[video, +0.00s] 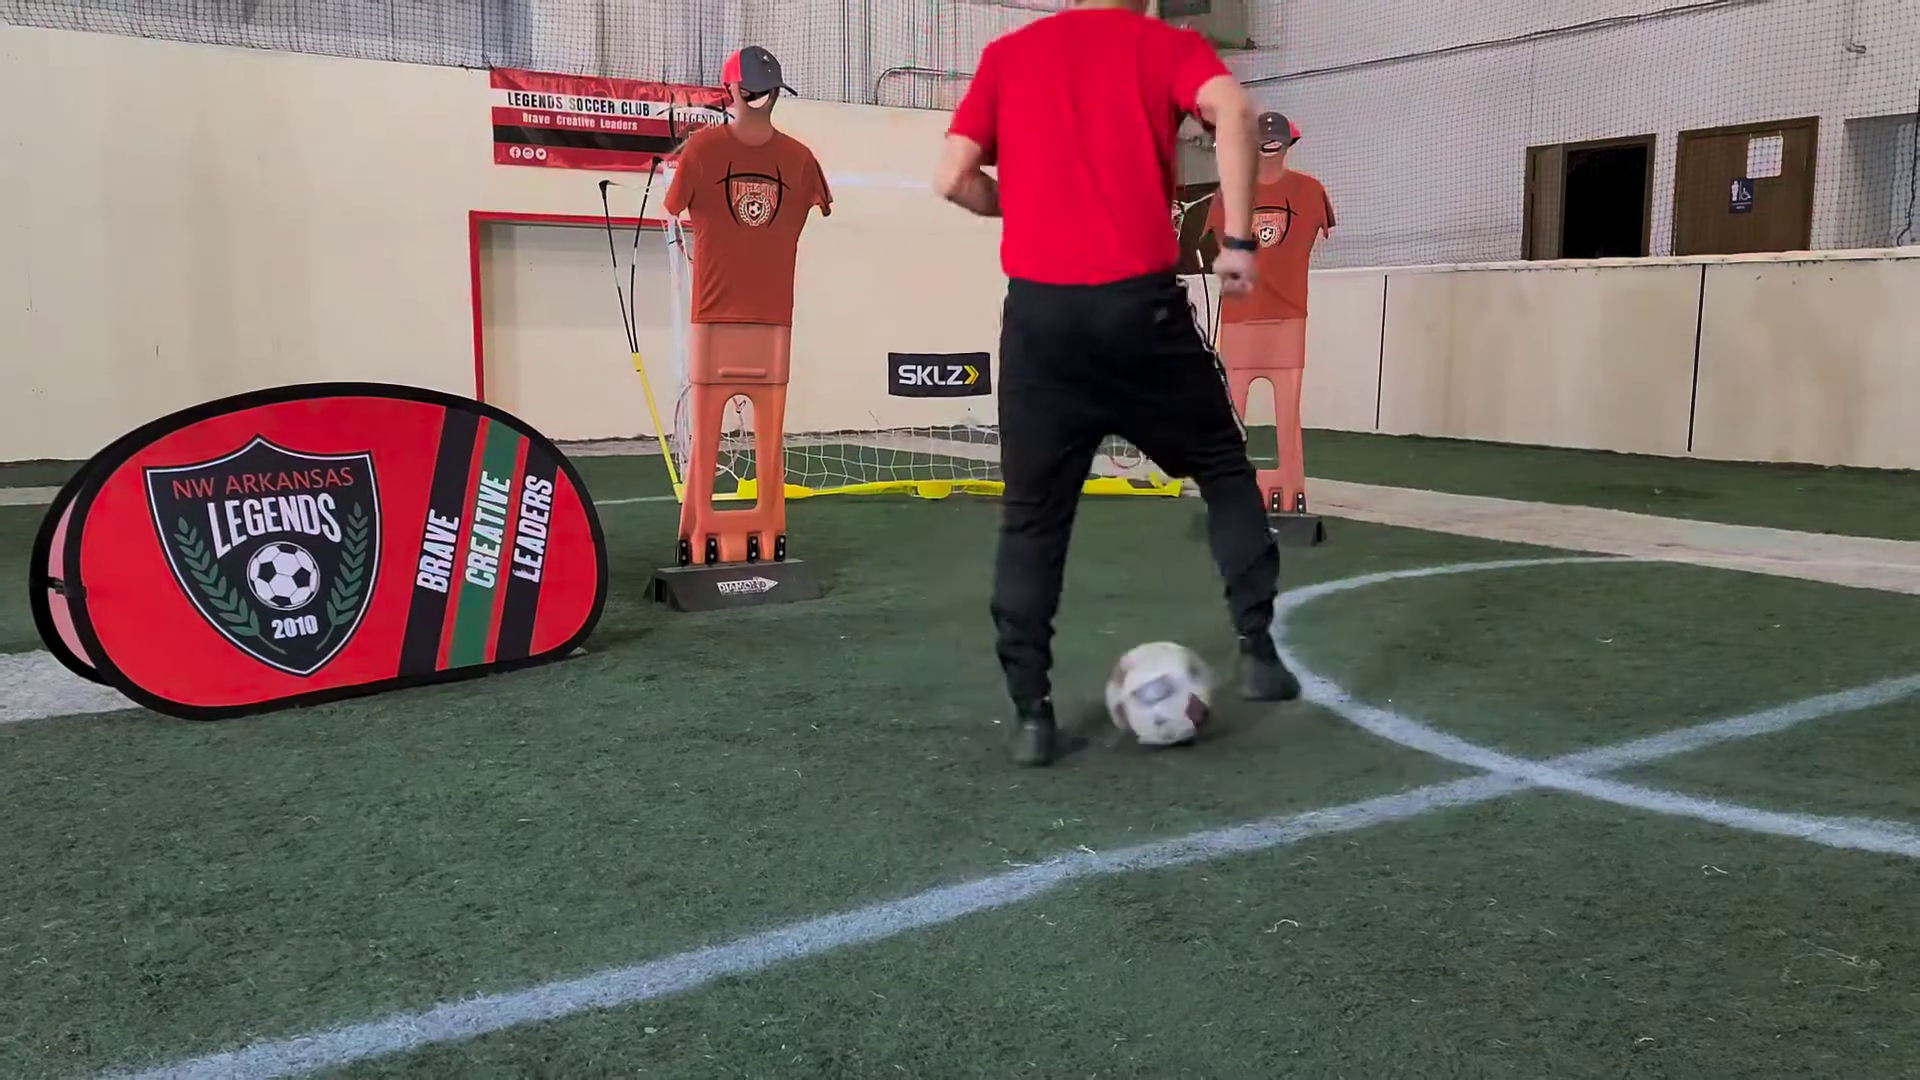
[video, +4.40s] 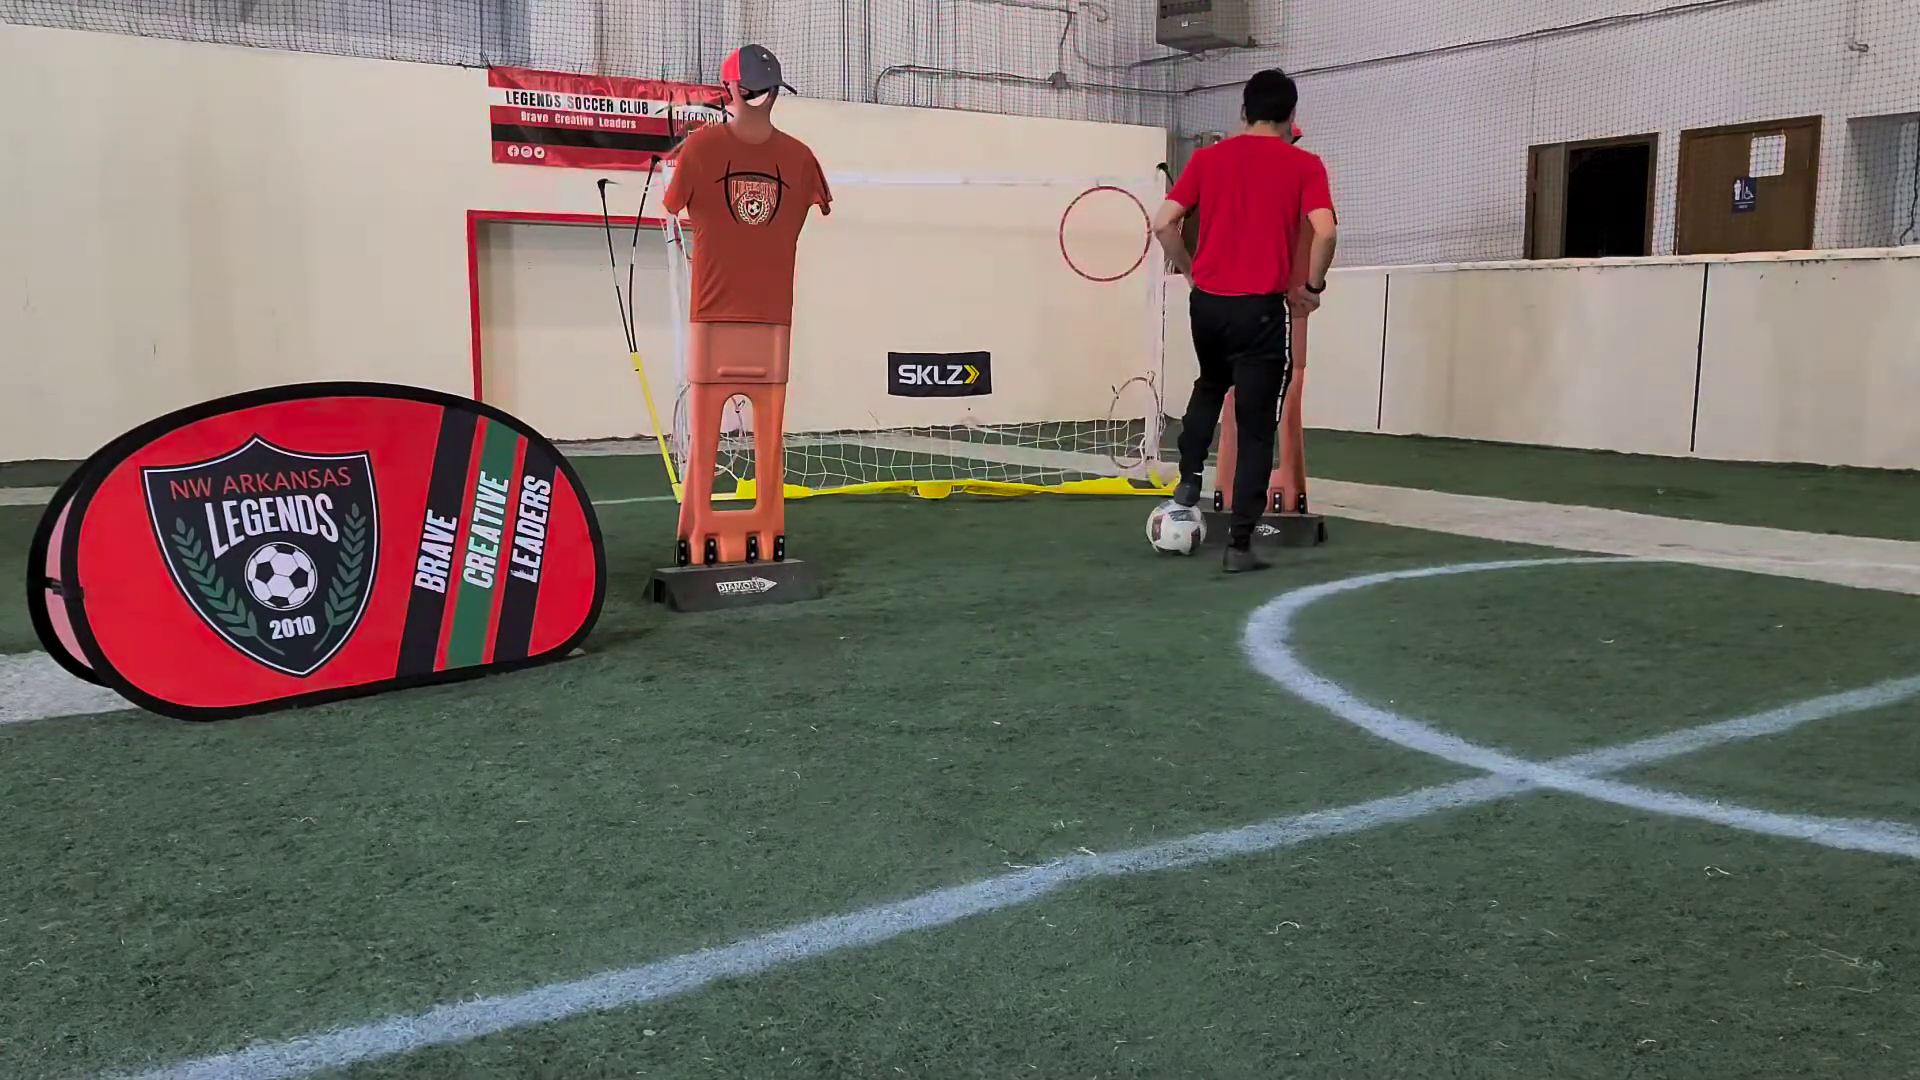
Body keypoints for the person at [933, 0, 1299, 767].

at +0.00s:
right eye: (1155, 9)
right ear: (1140, 1)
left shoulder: (1006, 52)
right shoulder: (1165, 42)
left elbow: (954, 180)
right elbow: (1234, 108)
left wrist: (1028, 200)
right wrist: (1237, 234)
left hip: (1037, 315)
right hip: (1141, 308)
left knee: (1032, 514)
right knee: (1222, 466)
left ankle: (1032, 712)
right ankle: (1259, 648)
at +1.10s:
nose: (1180, 41)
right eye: (1179, 30)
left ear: (1108, 30)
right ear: (1172, 35)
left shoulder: (1057, 88)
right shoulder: (1189, 87)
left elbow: (1003, 183)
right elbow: (1226, 140)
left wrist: (1060, 223)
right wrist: (1228, 238)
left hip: (1067, 304)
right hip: (1152, 301)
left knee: (1060, 465)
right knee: (1207, 443)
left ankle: (1053, 631)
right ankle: (1223, 592)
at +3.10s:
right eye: (1235, 110)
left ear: (1185, 109)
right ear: (1234, 111)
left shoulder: (1156, 147)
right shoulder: (1256, 157)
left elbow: (1110, 199)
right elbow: (1295, 230)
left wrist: (1127, 257)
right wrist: (1278, 250)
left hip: (1163, 312)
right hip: (1225, 315)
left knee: (1128, 414)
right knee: (1227, 440)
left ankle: (1102, 523)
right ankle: (1219, 562)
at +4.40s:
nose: (1295, 122)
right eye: (1295, 115)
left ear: (1245, 113)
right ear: (1290, 116)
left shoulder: (1208, 158)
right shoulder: (1304, 165)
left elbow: (1163, 223)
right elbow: (1326, 230)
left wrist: (1188, 266)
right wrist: (1313, 287)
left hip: (1207, 309)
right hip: (1261, 313)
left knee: (1212, 381)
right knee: (1256, 427)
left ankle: (1187, 486)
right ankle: (1240, 544)